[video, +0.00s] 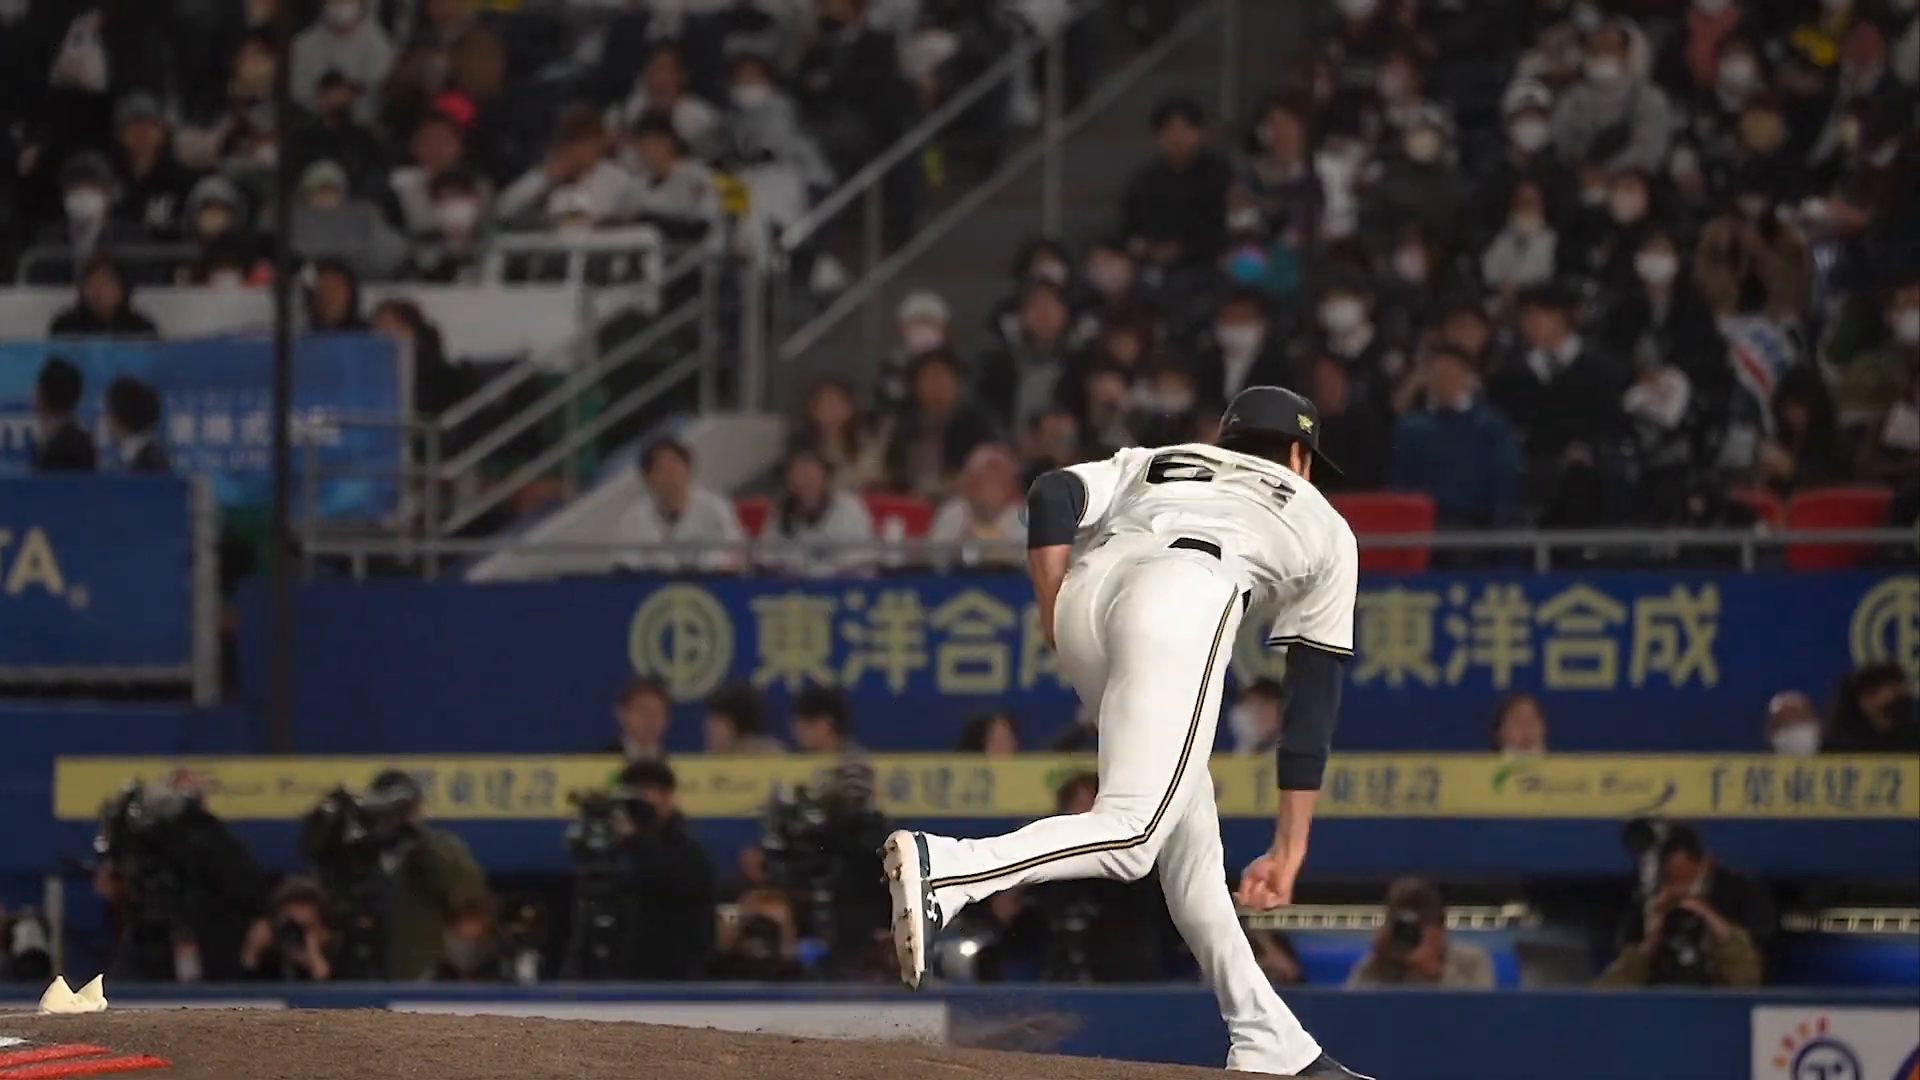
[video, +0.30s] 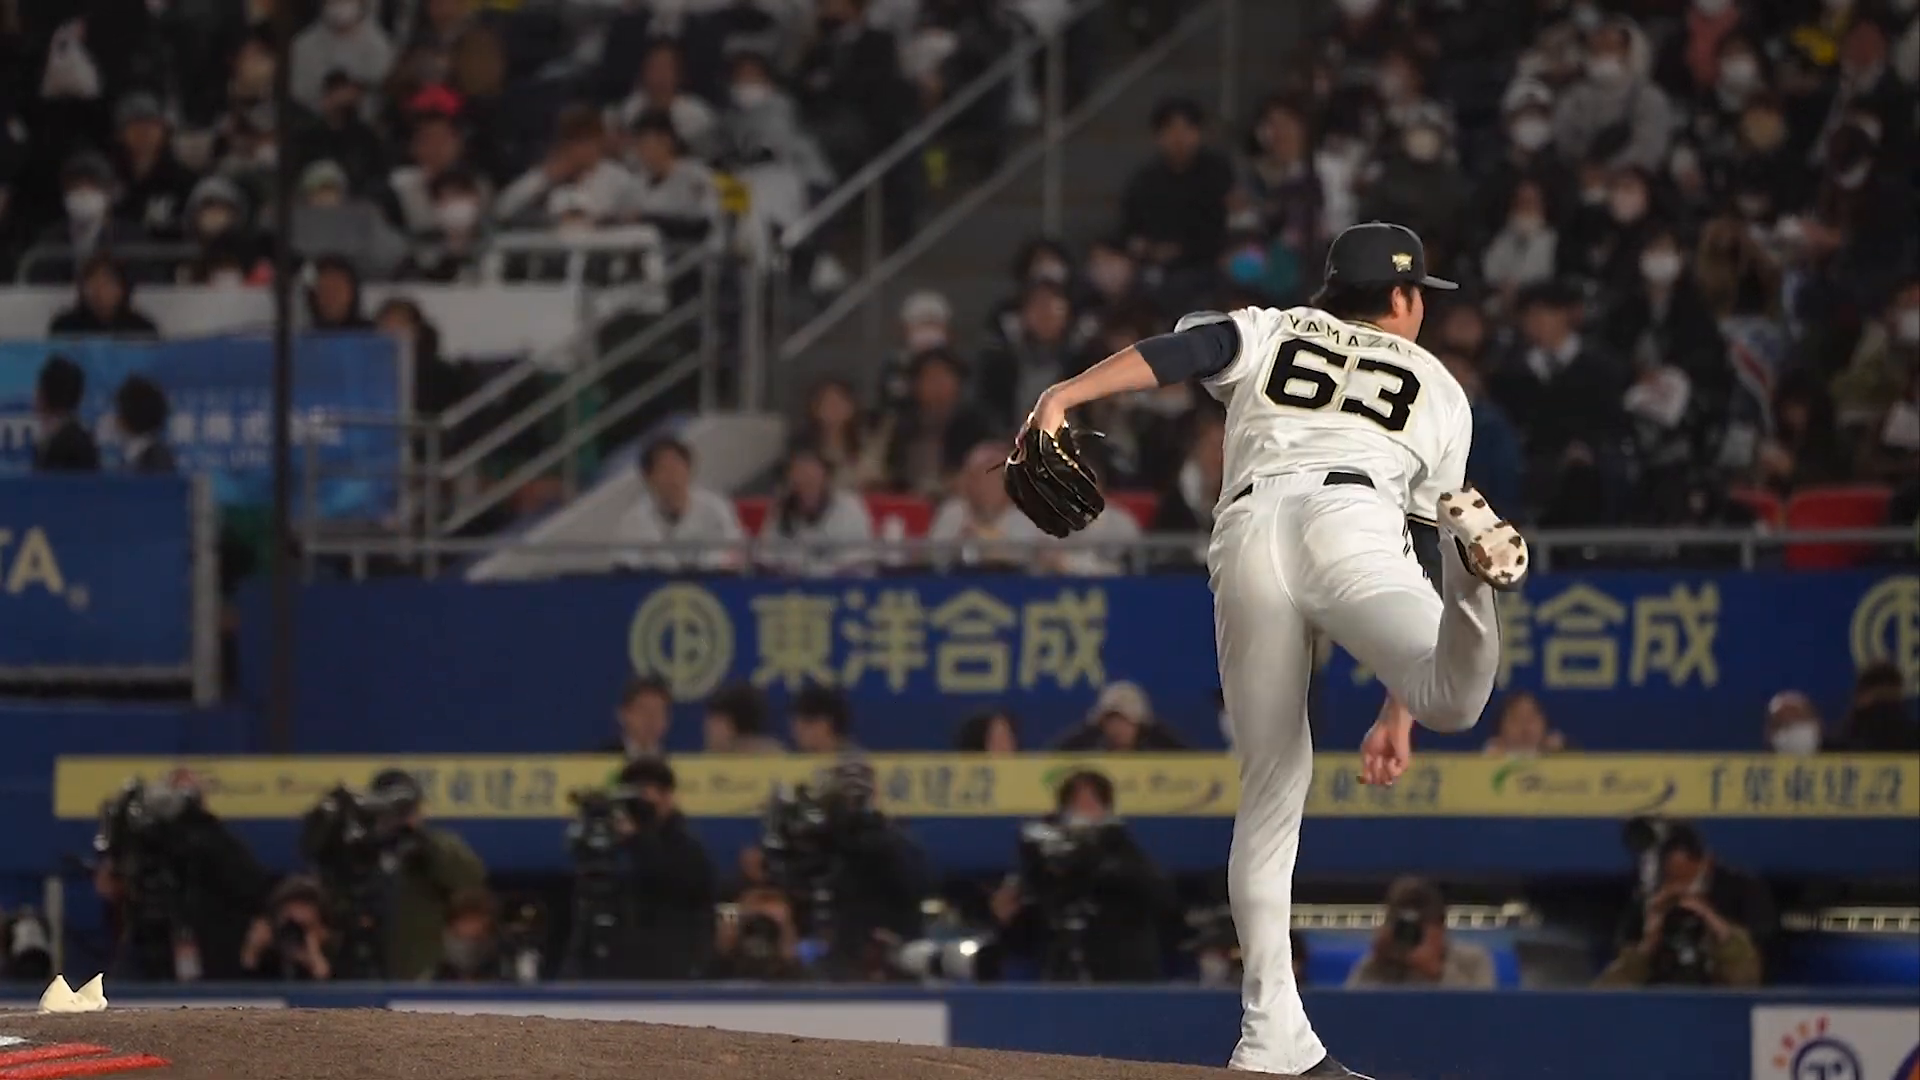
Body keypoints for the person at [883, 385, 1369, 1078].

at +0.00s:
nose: (1310, 473)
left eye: (1308, 461)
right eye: (1311, 460)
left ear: (1223, 441)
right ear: (1300, 457)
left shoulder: (1158, 458)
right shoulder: (1324, 525)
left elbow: (1054, 490)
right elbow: (1310, 698)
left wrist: (1053, 605)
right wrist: (1289, 845)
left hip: (1083, 593)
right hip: (1186, 595)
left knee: (1191, 856)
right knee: (1128, 834)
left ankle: (1274, 1046)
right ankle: (940, 872)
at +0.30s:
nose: (1423, 307)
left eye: (1419, 292)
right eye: (1419, 292)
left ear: (1334, 294)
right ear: (1401, 298)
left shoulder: (1270, 325)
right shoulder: (1443, 393)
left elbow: (1180, 351)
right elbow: (1433, 543)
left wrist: (1064, 392)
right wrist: (1396, 705)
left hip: (1249, 530)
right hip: (1356, 523)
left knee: (1269, 791)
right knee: (1451, 701)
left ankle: (1274, 1032)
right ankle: (1481, 576)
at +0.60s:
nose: (1518, 317)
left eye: (1511, 305)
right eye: (1510, 305)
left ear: (1431, 317)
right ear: (1495, 314)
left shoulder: (1371, 395)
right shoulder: (1555, 377)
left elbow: (1286, 490)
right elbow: (1718, 384)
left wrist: (1278, 621)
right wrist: (1831, 311)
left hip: (1399, 630)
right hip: (1518, 628)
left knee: (1388, 829)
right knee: (1610, 871)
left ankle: (1283, 1026)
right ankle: (1688, 1064)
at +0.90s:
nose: (1493, 211)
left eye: (1491, 193)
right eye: (1488, 195)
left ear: (1400, 190)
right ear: (1466, 193)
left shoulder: (1322, 273)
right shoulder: (1486, 256)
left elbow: (1233, 403)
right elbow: (1632, 212)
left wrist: (1277, 533)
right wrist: (1534, 140)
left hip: (1347, 557)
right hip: (1450, 547)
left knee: (1389, 800)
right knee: (1553, 784)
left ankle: (1294, 1013)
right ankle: (1602, 1026)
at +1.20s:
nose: (1357, 209)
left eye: (1348, 184)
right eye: (1349, 187)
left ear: (1268, 194)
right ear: (1327, 188)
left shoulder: (1224, 285)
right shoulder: (1332, 249)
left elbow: (1195, 441)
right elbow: (1445, 166)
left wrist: (1250, 563)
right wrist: (1349, 130)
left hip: (1280, 542)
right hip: (1345, 535)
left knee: (1324, 792)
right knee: (1379, 792)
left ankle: (1290, 1023)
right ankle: (1237, 1000)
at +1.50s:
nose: (1239, 172)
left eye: (1234, 156)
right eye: (1230, 154)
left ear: (1166, 183)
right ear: (1195, 174)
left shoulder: (1119, 287)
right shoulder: (1198, 251)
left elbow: (1108, 437)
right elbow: (1306, 177)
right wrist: (1207, 146)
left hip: (1196, 538)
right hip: (1219, 537)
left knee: (1268, 798)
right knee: (1204, 792)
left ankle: (1280, 1035)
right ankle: (1054, 995)